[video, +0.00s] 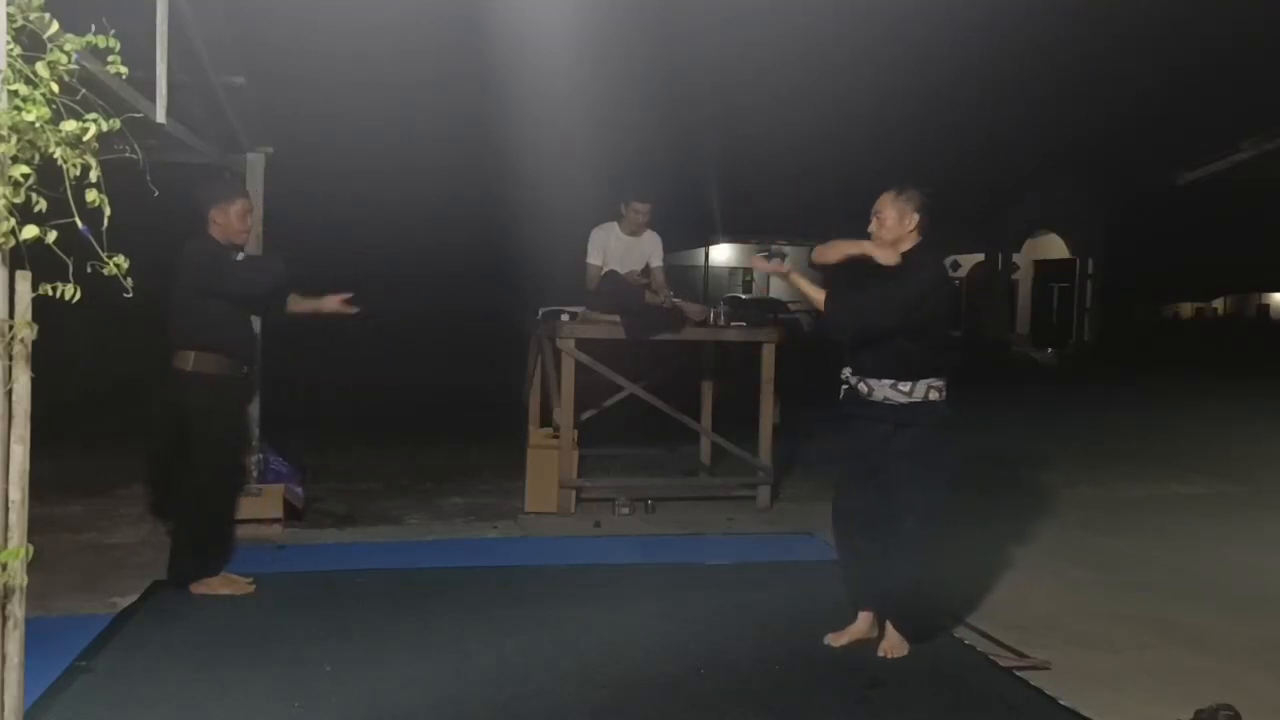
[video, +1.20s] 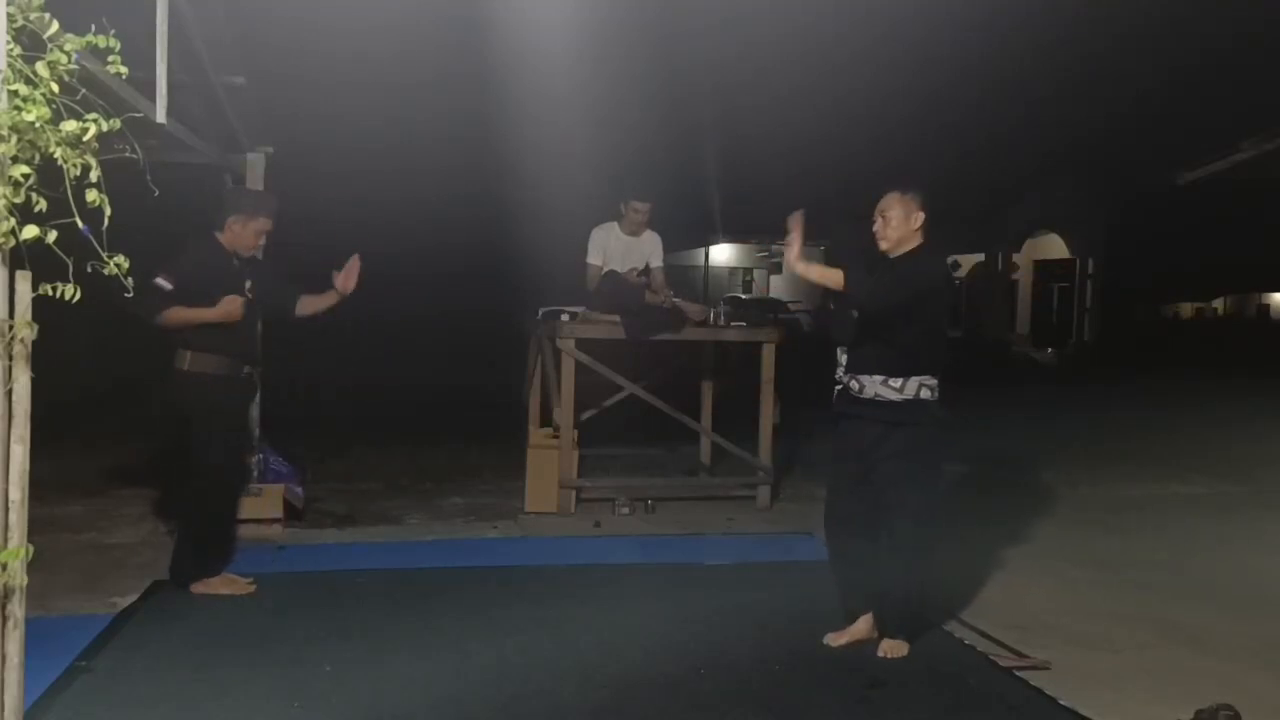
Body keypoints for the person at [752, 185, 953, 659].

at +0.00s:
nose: (872, 225)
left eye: (881, 217)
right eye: (873, 216)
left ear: (912, 222)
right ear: (892, 222)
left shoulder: (928, 277)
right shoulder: (872, 264)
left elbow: (848, 316)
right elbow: (820, 256)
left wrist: (790, 275)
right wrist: (869, 249)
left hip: (914, 416)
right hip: (862, 408)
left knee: (905, 517)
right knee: (854, 510)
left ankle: (898, 623)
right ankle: (864, 614)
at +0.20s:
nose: (883, 223)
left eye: (895, 215)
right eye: (876, 216)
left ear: (920, 222)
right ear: (869, 224)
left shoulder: (934, 270)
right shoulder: (858, 265)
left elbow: (885, 291)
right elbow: (822, 282)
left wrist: (842, 248)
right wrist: (885, 265)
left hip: (913, 411)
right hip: (858, 407)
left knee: (904, 515)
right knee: (854, 510)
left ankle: (898, 622)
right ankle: (865, 617)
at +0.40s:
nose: (887, 222)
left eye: (897, 215)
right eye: (877, 215)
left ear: (911, 222)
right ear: (862, 223)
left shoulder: (930, 266)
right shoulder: (845, 264)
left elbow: (985, 267)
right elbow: (826, 281)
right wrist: (892, 265)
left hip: (914, 414)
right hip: (855, 412)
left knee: (908, 517)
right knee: (853, 514)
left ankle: (898, 624)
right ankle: (863, 616)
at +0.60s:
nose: (877, 223)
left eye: (888, 214)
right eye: (870, 216)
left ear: (912, 219)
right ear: (863, 223)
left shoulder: (930, 260)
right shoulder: (848, 261)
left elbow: (966, 281)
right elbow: (821, 291)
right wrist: (884, 274)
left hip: (913, 415)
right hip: (854, 411)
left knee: (908, 519)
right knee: (850, 515)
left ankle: (898, 624)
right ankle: (863, 615)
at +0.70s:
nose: (878, 226)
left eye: (890, 216)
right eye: (873, 218)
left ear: (918, 222)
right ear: (869, 224)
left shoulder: (936, 269)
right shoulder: (856, 268)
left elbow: (891, 262)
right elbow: (821, 299)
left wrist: (832, 263)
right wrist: (887, 275)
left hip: (912, 412)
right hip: (854, 409)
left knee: (904, 517)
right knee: (850, 513)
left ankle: (898, 623)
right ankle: (864, 616)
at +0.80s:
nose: (880, 222)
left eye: (888, 214)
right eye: (875, 215)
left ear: (916, 220)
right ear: (864, 220)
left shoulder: (935, 264)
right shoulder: (854, 259)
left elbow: (889, 235)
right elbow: (821, 305)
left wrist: (846, 208)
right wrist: (874, 284)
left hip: (910, 410)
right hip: (853, 406)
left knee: (905, 517)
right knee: (851, 514)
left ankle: (899, 623)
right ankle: (863, 616)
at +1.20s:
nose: (876, 225)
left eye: (886, 217)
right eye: (876, 217)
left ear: (917, 221)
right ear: (884, 223)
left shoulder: (931, 271)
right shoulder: (877, 274)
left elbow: (873, 289)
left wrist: (800, 266)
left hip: (907, 420)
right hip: (859, 416)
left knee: (902, 521)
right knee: (848, 513)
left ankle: (899, 627)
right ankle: (866, 614)